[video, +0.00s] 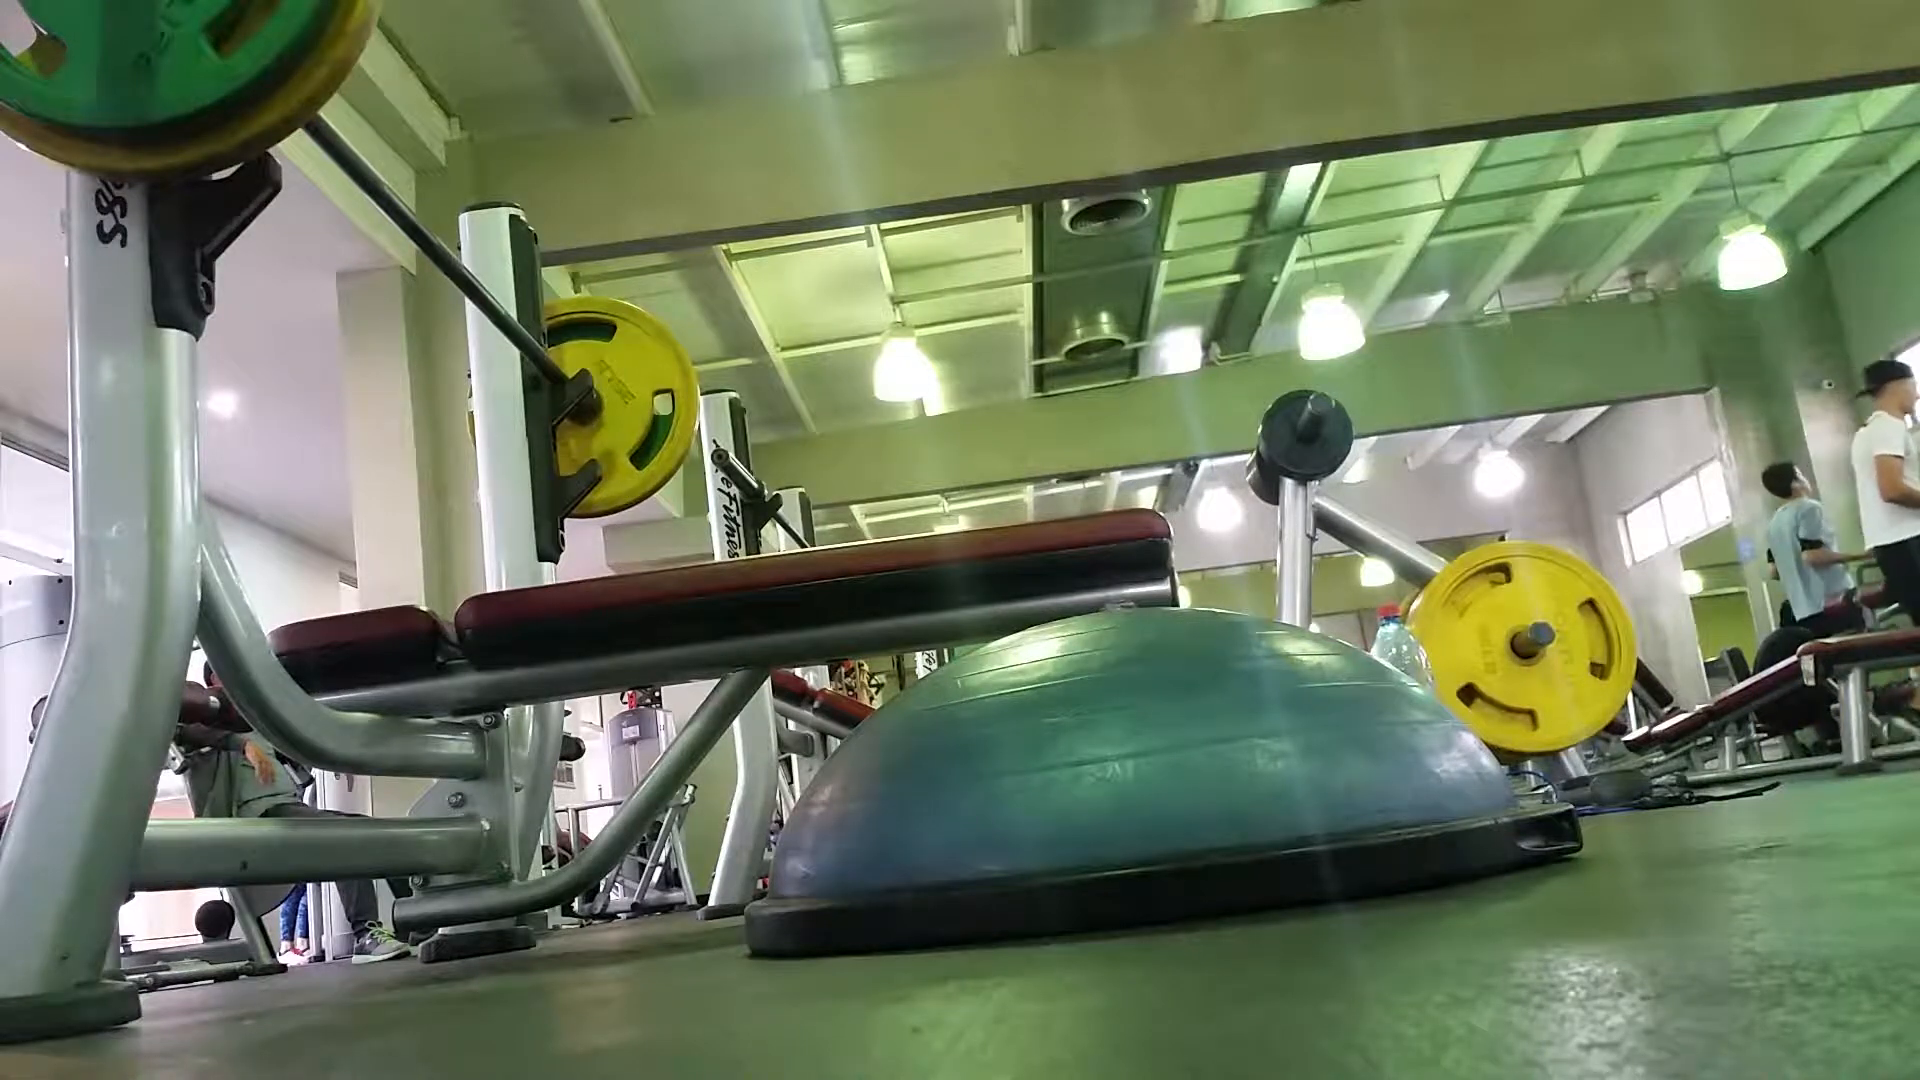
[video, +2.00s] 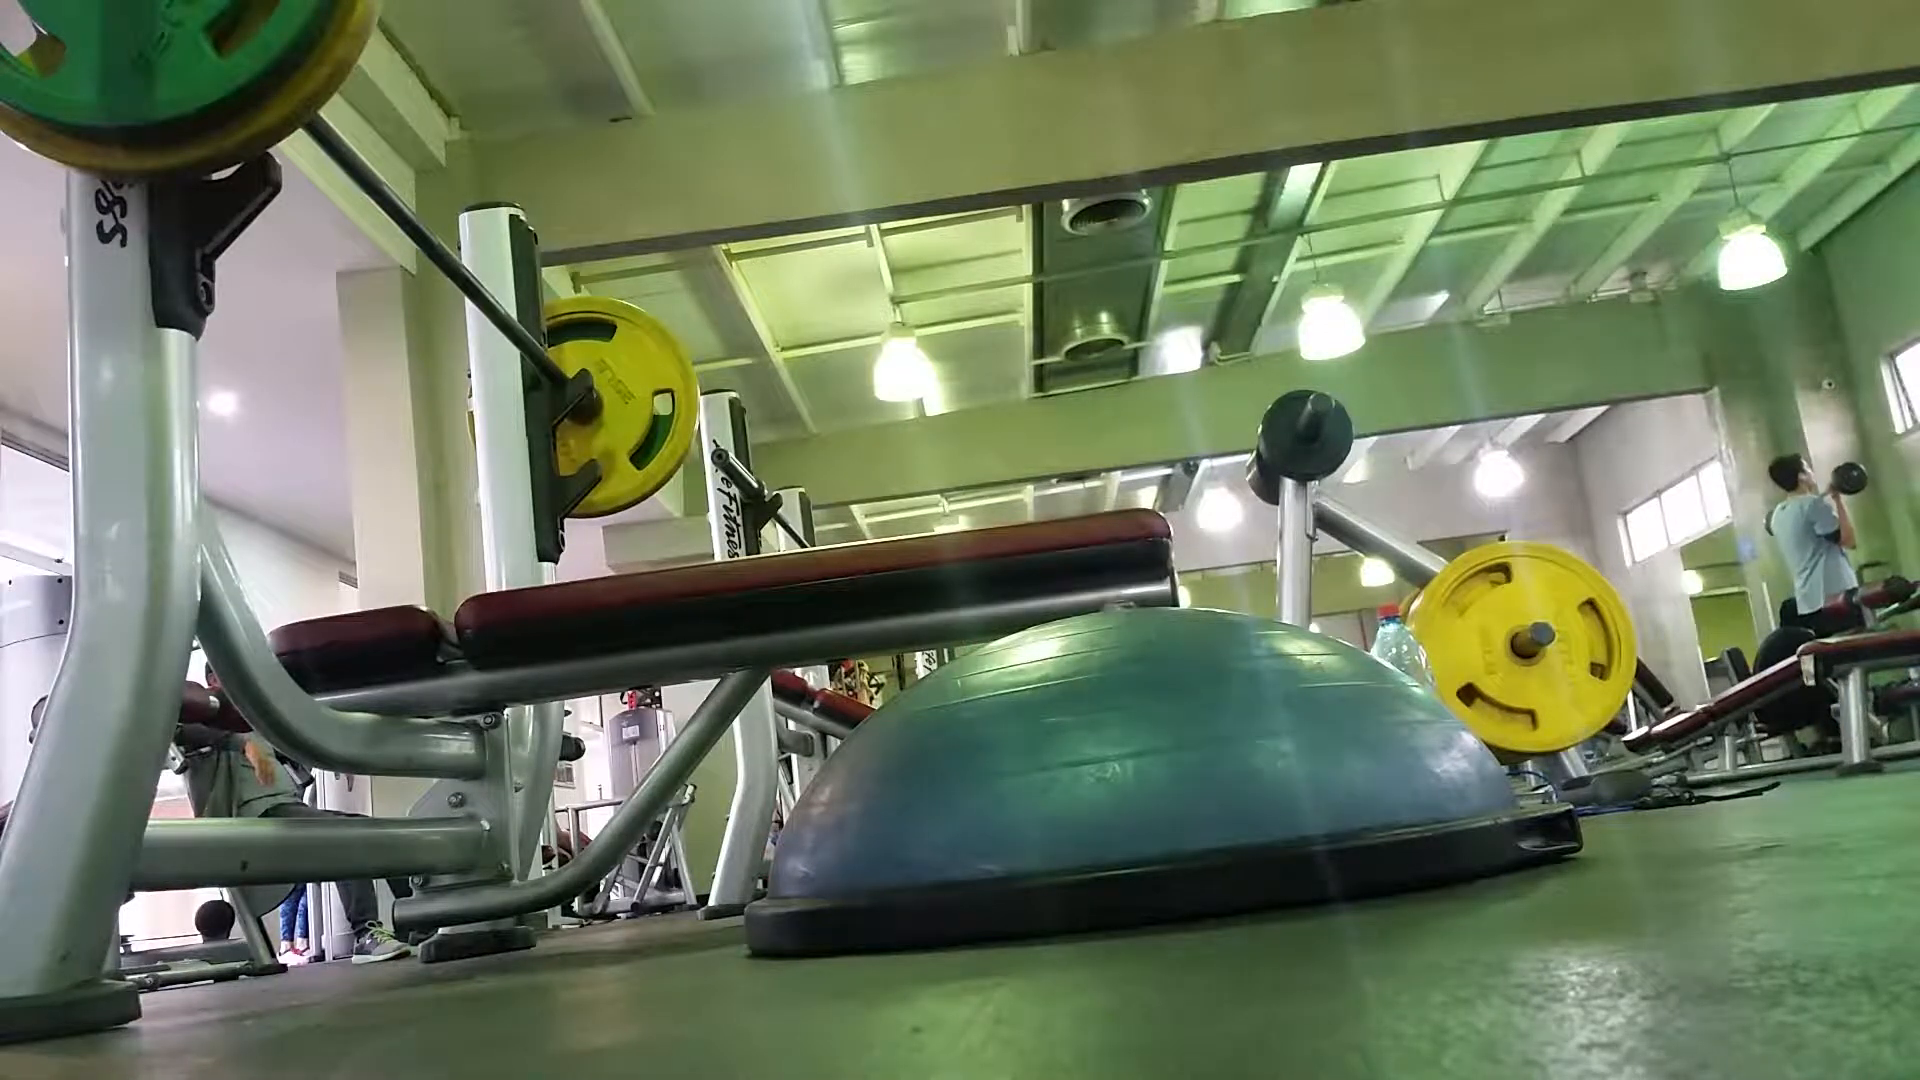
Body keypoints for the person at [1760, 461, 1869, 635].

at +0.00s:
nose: (1806, 478)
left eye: (1802, 473)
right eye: (1800, 475)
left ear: (1777, 490)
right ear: (1794, 483)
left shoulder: (1775, 521)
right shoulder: (1808, 508)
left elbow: (1774, 571)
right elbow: (1812, 555)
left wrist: (1804, 573)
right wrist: (1860, 556)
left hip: (1805, 614)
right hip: (1835, 606)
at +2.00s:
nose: (1813, 472)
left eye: (1809, 467)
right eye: (1808, 468)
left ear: (1783, 483)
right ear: (1801, 476)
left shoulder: (1777, 515)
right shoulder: (1813, 505)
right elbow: (1848, 540)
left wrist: (1827, 494)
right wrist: (1838, 497)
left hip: (1807, 605)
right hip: (1836, 598)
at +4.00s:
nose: (1816, 492)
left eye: (1816, 486)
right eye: (1815, 487)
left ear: (1787, 485)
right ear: (1808, 488)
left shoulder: (1773, 520)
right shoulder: (1807, 519)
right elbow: (1838, 558)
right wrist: (1856, 537)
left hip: (1815, 606)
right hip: (1840, 603)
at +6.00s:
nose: (1825, 488)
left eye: (1825, 483)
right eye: (1821, 482)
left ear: (1801, 483)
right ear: (1801, 482)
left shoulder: (1774, 522)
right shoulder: (1812, 513)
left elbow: (1783, 564)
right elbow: (1836, 556)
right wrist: (1851, 516)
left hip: (1810, 610)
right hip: (1839, 605)